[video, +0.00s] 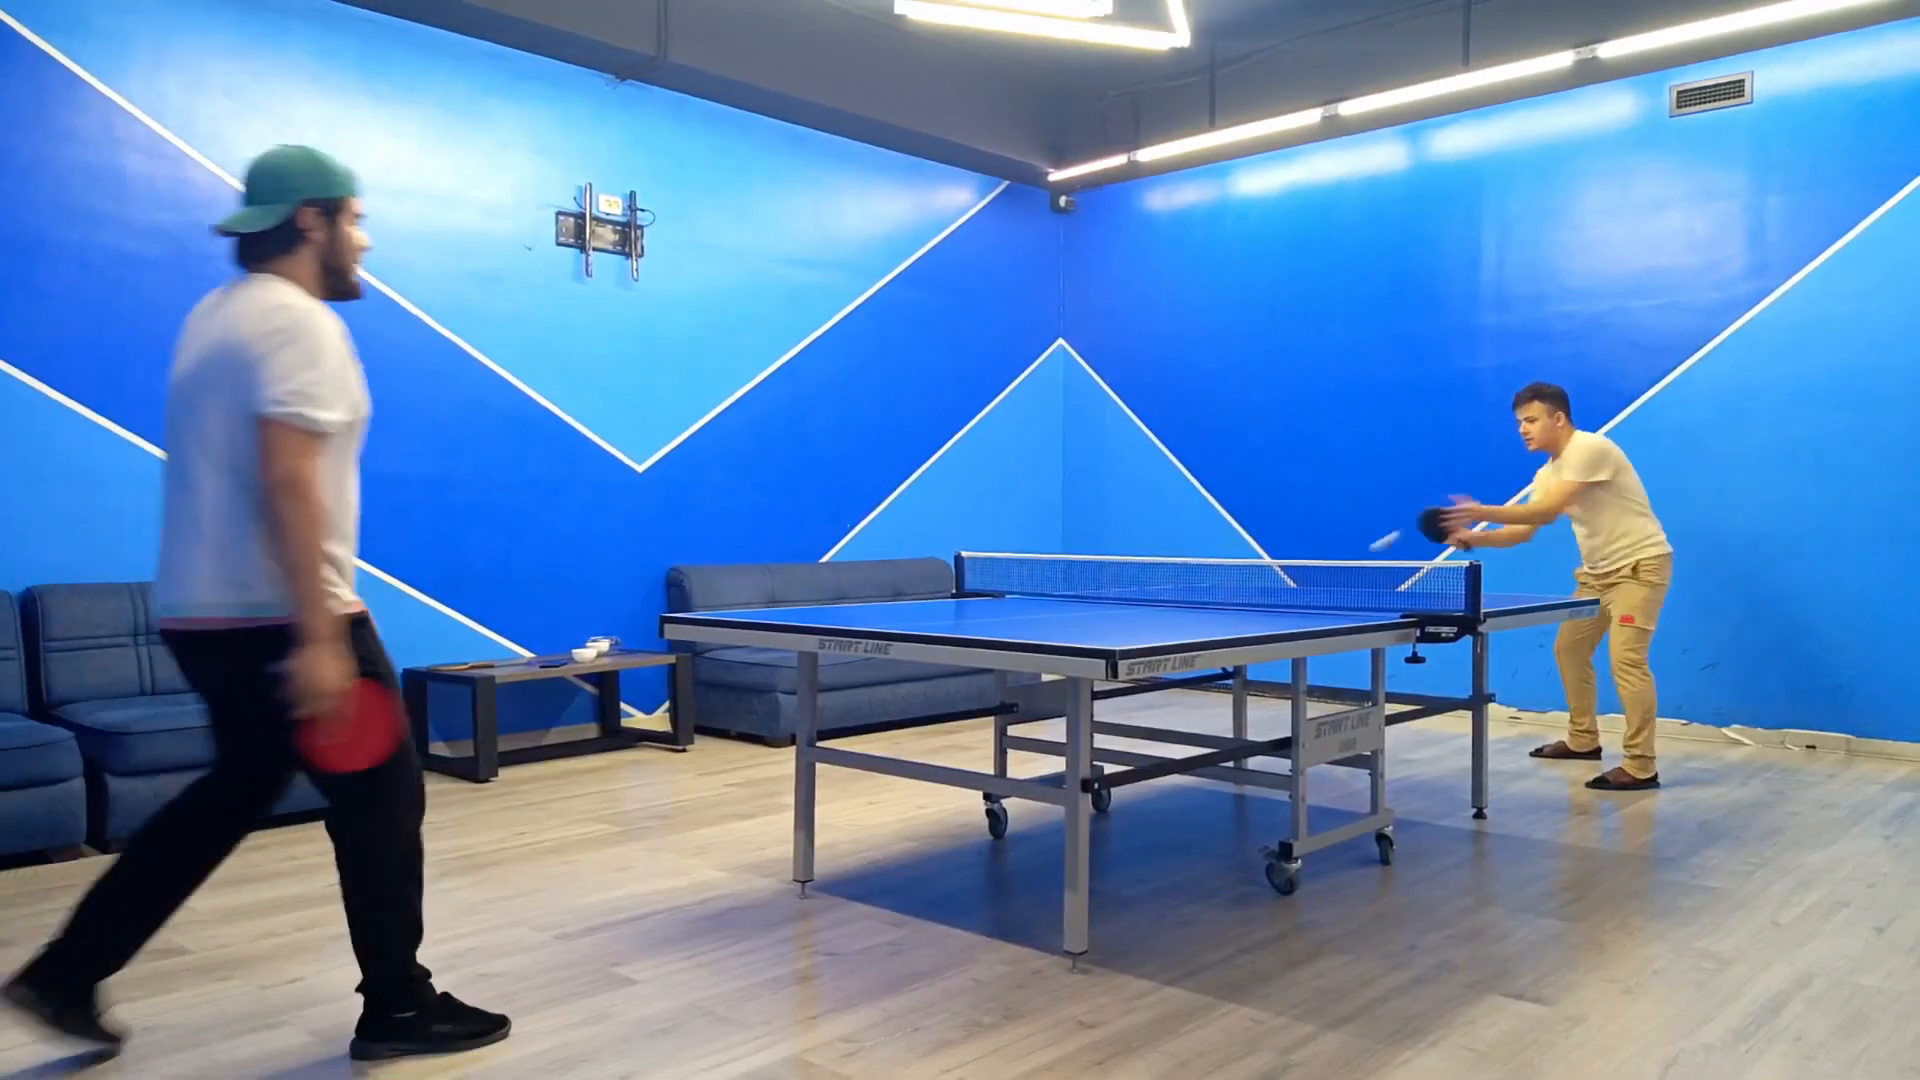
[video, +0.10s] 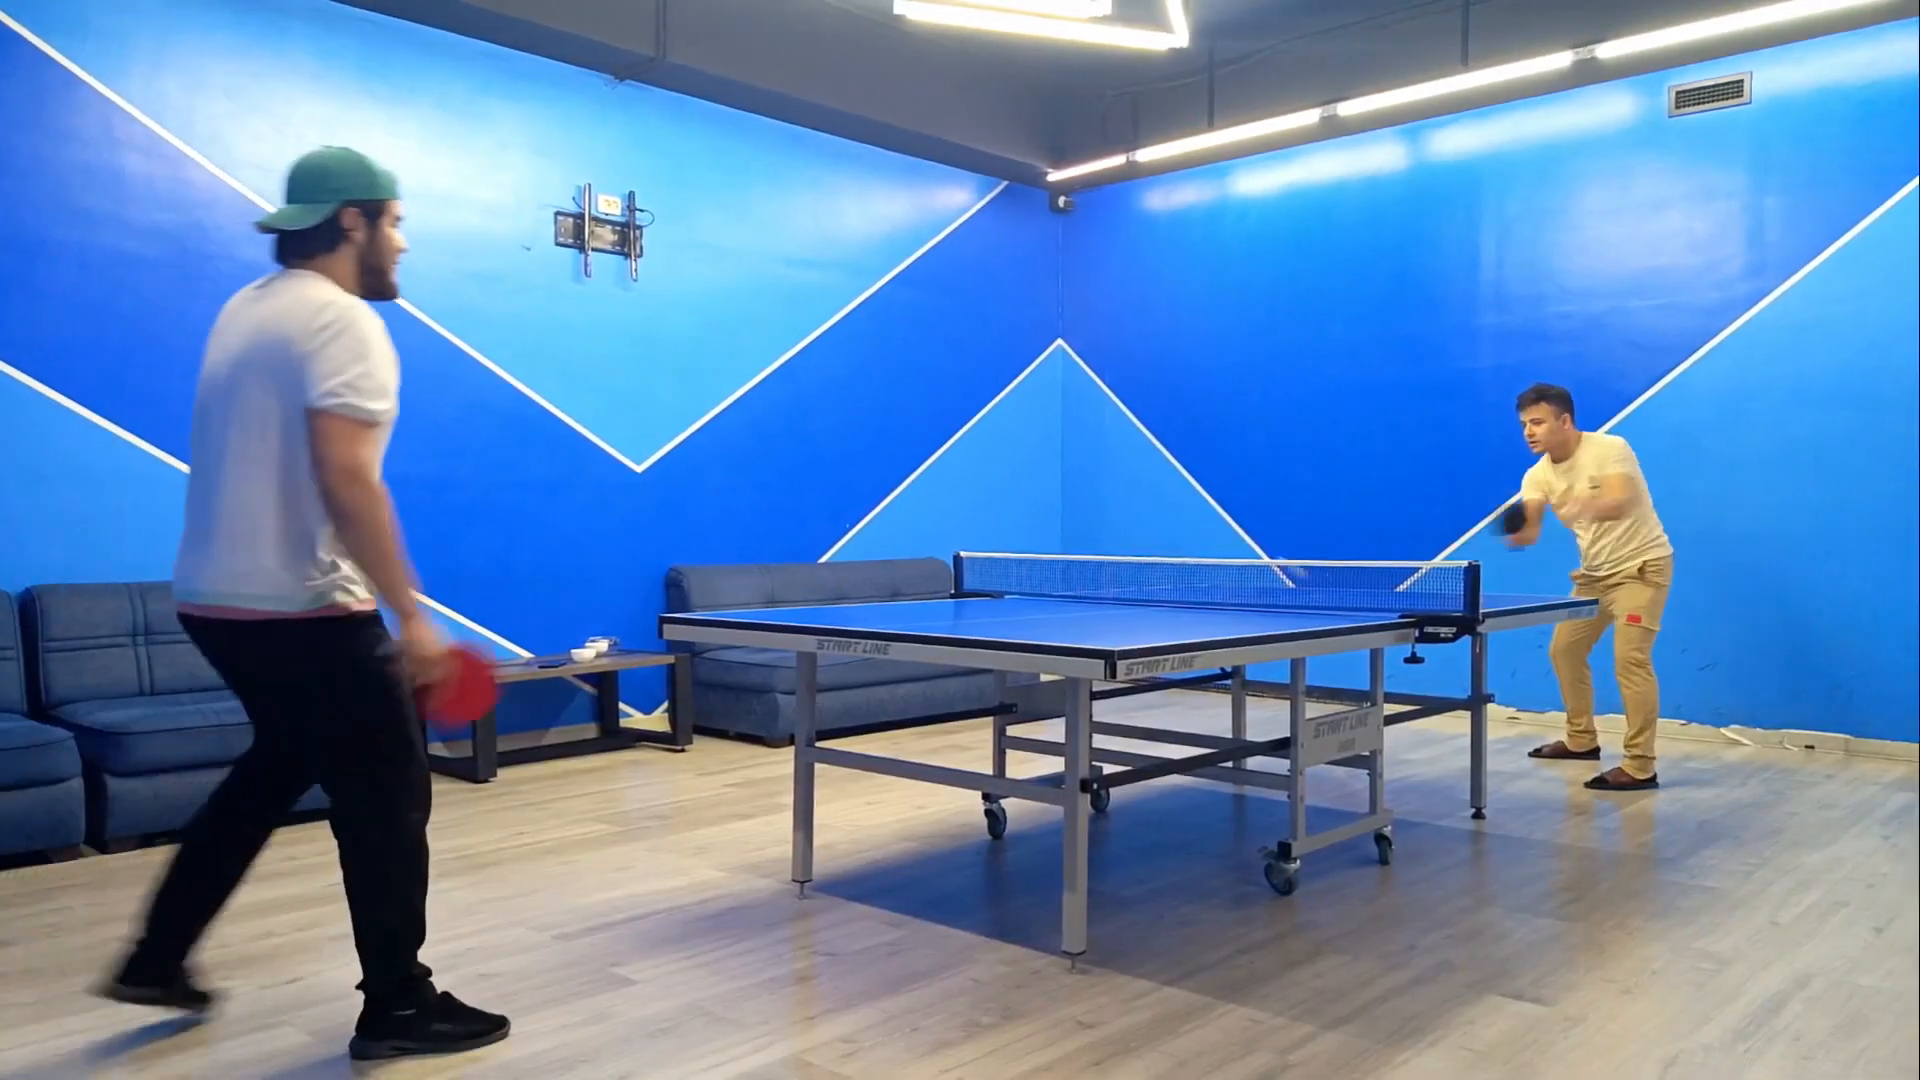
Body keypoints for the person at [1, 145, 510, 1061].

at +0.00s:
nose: (364, 238)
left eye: (360, 220)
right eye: (353, 221)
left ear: (286, 227)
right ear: (311, 225)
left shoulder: (215, 315)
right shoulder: (301, 325)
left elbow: (212, 480)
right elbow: (290, 480)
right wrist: (319, 631)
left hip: (211, 620)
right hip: (294, 621)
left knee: (247, 779)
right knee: (382, 785)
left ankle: (66, 970)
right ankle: (398, 1000)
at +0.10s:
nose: (403, 242)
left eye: (400, 224)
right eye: (394, 224)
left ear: (324, 227)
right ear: (353, 225)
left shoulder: (246, 309)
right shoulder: (346, 324)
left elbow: (243, 465)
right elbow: (349, 477)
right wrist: (413, 616)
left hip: (220, 604)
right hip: (305, 612)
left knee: (285, 757)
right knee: (389, 784)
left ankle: (157, 957)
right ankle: (397, 1000)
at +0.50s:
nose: (429, 325)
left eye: (430, 308)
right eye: (423, 307)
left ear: (364, 302)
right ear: (378, 301)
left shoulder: (293, 364)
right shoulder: (320, 384)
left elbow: (277, 521)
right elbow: (281, 535)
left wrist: (345, 603)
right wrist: (398, 631)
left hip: (223, 614)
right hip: (255, 621)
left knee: (316, 770)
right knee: (373, 777)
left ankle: (258, 942)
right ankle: (394, 999)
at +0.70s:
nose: (344, 335)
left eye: (343, 318)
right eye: (332, 317)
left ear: (283, 318)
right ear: (276, 316)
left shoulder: (266, 398)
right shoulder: (215, 415)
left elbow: (294, 541)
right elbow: (255, 575)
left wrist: (383, 590)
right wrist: (398, 590)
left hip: (228, 616)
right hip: (166, 632)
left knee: (307, 752)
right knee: (312, 757)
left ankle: (256, 950)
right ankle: (327, 999)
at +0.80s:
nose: (284, 296)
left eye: (283, 278)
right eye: (271, 276)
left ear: (212, 277)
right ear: (215, 273)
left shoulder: (129, 340)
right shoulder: (190, 382)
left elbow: (165, 441)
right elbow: (298, 507)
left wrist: (244, 507)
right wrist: (425, 546)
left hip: (103, 594)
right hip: (124, 607)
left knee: (243, 741)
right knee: (244, 745)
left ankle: (253, 939)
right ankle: (192, 978)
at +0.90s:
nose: (210, 257)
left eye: (209, 240)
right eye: (197, 239)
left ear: (131, 242)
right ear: (139, 237)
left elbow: (57, 438)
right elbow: (258, 455)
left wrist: (150, 497)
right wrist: (328, 508)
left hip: (25, 598)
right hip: (94, 608)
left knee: (123, 776)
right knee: (137, 782)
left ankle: (205, 932)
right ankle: (39, 981)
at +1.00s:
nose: (136, 247)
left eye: (134, 230)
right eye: (120, 229)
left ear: (53, 234)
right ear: (59, 231)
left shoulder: (14, 312)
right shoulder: (90, 336)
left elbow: (25, 452)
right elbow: (177, 457)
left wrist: (90, 530)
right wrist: (205, 503)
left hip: (15, 616)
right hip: (40, 624)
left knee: (32, 788)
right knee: (94, 777)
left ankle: (25, 987)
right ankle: (25, 996)